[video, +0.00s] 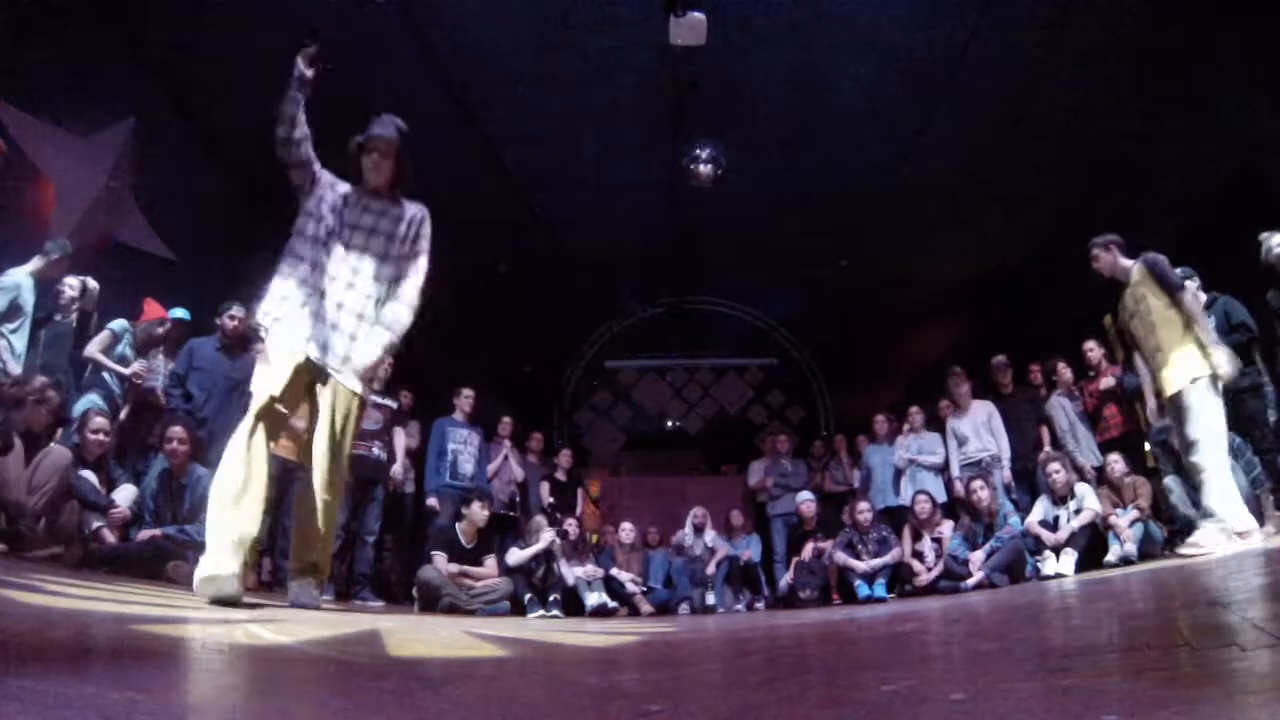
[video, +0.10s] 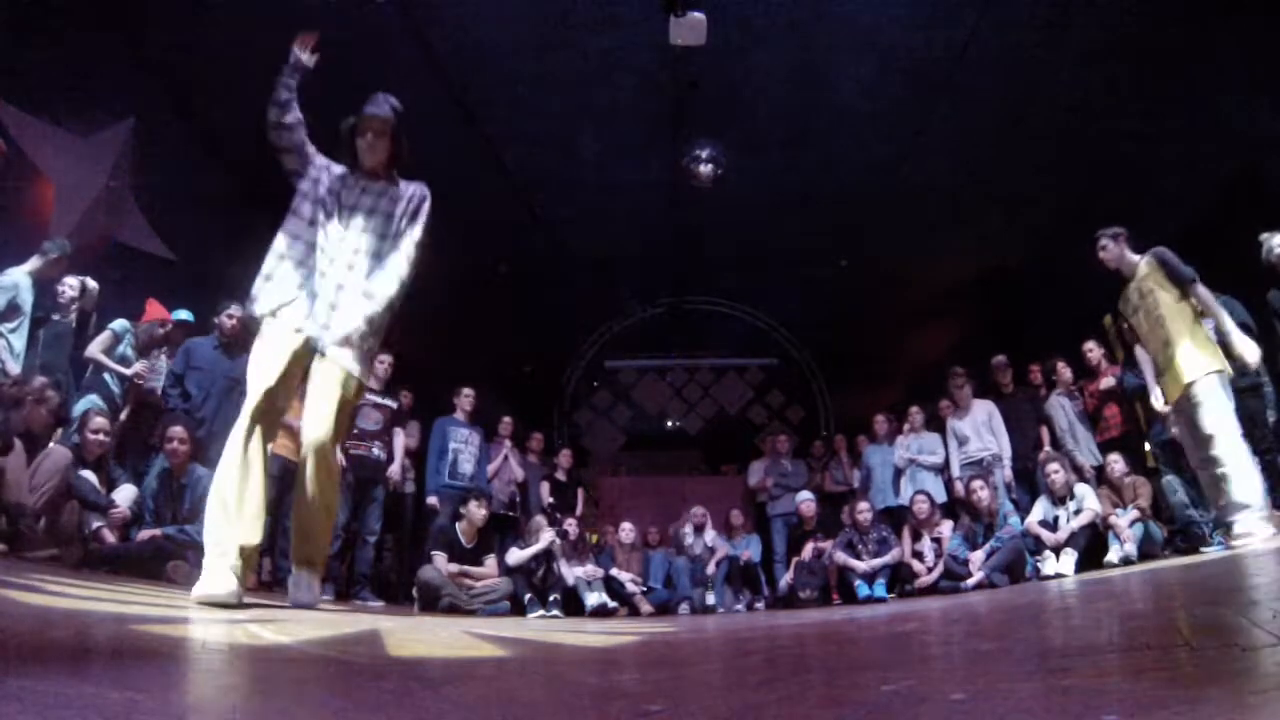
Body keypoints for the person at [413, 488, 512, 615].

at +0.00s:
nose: (487, 513)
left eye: (488, 509)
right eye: (481, 508)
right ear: (464, 509)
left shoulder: (484, 536)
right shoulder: (444, 532)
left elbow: (493, 572)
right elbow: (442, 570)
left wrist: (461, 569)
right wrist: (474, 584)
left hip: (477, 592)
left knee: (507, 584)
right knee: (426, 573)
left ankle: (457, 604)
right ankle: (477, 608)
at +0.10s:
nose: (484, 513)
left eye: (486, 508)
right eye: (478, 507)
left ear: (488, 511)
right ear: (463, 509)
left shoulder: (484, 536)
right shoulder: (444, 531)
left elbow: (493, 572)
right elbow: (442, 570)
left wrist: (461, 569)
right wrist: (474, 584)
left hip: (477, 591)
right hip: (446, 590)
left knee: (507, 584)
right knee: (426, 573)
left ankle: (457, 603)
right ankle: (478, 608)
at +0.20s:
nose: (480, 512)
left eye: (484, 508)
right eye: (473, 506)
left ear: (487, 513)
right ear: (461, 509)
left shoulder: (484, 536)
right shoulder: (444, 530)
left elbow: (493, 572)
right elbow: (441, 570)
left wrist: (462, 569)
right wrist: (474, 584)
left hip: (477, 591)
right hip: (447, 589)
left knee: (507, 584)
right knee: (427, 573)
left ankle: (457, 603)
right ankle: (478, 608)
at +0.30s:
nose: (476, 511)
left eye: (481, 508)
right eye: (471, 505)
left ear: (486, 513)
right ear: (461, 509)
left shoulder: (484, 536)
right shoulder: (444, 531)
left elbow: (493, 572)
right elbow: (441, 570)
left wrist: (461, 569)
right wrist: (474, 584)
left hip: (477, 591)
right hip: (447, 589)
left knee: (507, 584)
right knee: (427, 573)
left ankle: (456, 604)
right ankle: (478, 608)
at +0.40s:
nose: (475, 511)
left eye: (480, 507)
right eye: (470, 505)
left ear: (485, 513)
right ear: (460, 509)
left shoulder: (484, 536)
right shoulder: (443, 531)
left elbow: (493, 572)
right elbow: (442, 570)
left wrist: (461, 569)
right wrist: (474, 584)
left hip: (476, 591)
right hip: (446, 589)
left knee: (507, 584)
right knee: (427, 573)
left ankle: (456, 603)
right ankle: (478, 608)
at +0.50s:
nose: (475, 511)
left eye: (480, 507)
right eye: (470, 505)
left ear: (485, 514)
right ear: (460, 509)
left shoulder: (484, 536)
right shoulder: (443, 530)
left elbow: (493, 572)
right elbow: (442, 570)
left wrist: (461, 569)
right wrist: (475, 584)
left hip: (476, 591)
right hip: (446, 589)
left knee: (507, 584)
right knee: (427, 573)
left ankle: (455, 604)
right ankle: (477, 608)